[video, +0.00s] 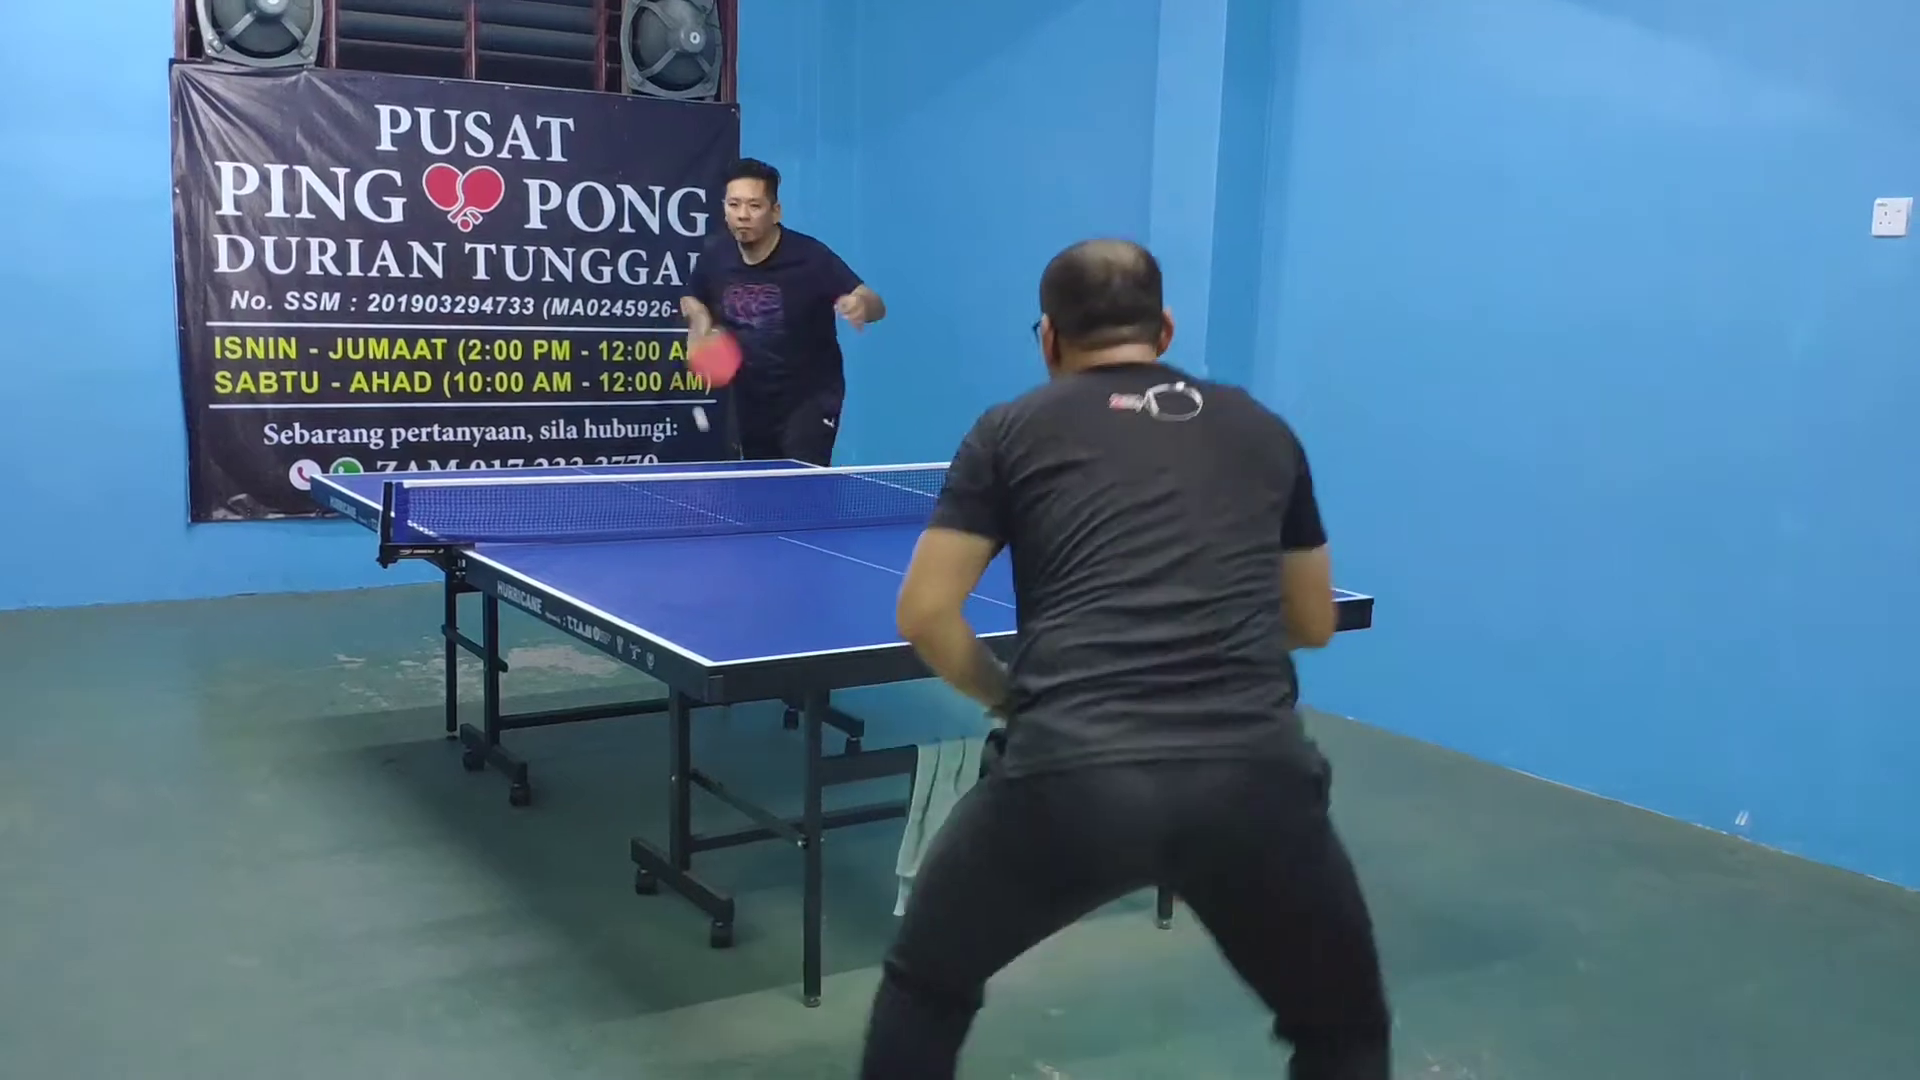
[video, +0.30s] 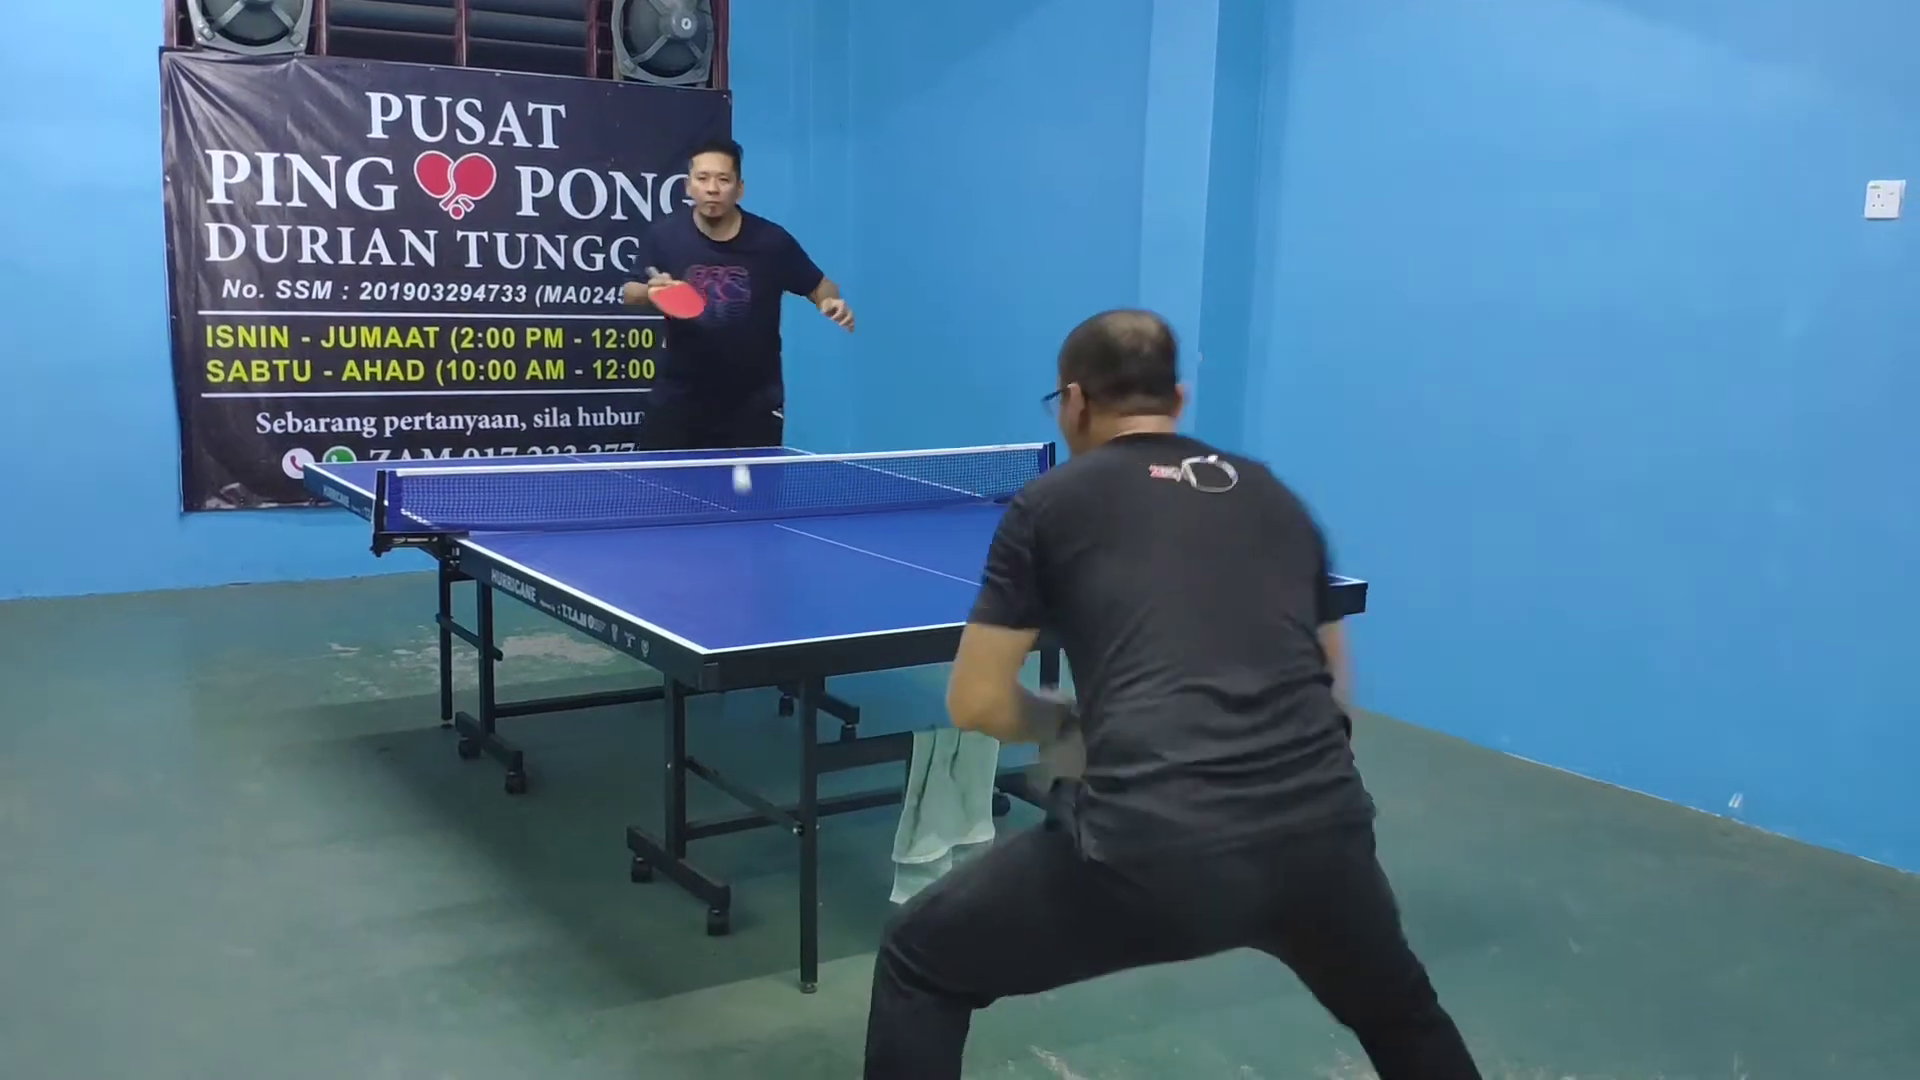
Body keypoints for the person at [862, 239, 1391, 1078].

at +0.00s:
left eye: (1039, 333)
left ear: (1049, 338)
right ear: (1166, 330)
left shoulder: (1011, 432)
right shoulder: (1261, 429)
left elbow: (925, 613)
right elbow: (1312, 621)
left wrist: (1003, 692)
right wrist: (1208, 605)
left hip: (1072, 792)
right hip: (1250, 791)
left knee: (926, 990)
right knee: (1343, 1030)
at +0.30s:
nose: (1058, 420)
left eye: (1057, 404)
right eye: (1056, 403)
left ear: (1075, 402)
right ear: (1180, 400)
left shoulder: (1050, 503)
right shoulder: (1275, 495)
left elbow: (978, 703)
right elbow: (1336, 697)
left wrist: (1068, 719)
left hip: (1150, 856)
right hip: (1319, 850)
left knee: (921, 966)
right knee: (1408, 1020)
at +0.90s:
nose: (843, 284)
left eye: (844, 266)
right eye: (849, 264)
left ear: (857, 276)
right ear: (972, 267)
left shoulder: (914, 343)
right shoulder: (1019, 367)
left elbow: (930, 401)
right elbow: (896, 512)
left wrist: (811, 596)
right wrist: (742, 463)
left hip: (1004, 742)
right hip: (1140, 720)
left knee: (829, 982)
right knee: (1251, 965)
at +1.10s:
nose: (956, 305)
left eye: (958, 291)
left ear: (969, 301)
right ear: (1078, 295)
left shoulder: (984, 397)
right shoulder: (1153, 393)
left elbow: (936, 546)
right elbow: (1138, 571)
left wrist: (908, 722)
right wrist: (981, 614)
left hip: (1089, 786)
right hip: (1258, 768)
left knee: (911, 977)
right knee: (1403, 956)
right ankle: (1489, 1071)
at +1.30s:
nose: (1214, 370)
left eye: (1216, 357)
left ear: (1227, 368)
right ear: (1335, 370)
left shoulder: (1171, 495)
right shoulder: (1424, 495)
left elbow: (1094, 690)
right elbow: (1511, 705)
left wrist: (1191, 736)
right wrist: (1480, 764)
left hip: (1229, 861)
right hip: (1403, 862)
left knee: (1032, 991)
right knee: (1499, 1000)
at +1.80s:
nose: (1818, 230)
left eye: (1822, 208)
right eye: (1818, 205)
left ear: (1692, 197)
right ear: (1776, 198)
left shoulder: (1553, 310)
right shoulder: (1788, 349)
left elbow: (1490, 513)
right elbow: (1786, 581)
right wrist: (1857, 772)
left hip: (1474, 685)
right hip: (1636, 716)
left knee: (1432, 927)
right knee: (1659, 975)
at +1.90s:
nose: (1856, 212)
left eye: (1860, 189)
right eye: (1855, 185)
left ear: (1726, 177)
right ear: (1811, 180)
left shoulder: (1583, 294)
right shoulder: (1814, 331)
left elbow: (1508, 493)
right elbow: (1796, 570)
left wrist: (1469, 652)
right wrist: (1861, 748)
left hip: (1498, 676)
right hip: (1654, 710)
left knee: (1505, 934)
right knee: (1673, 975)